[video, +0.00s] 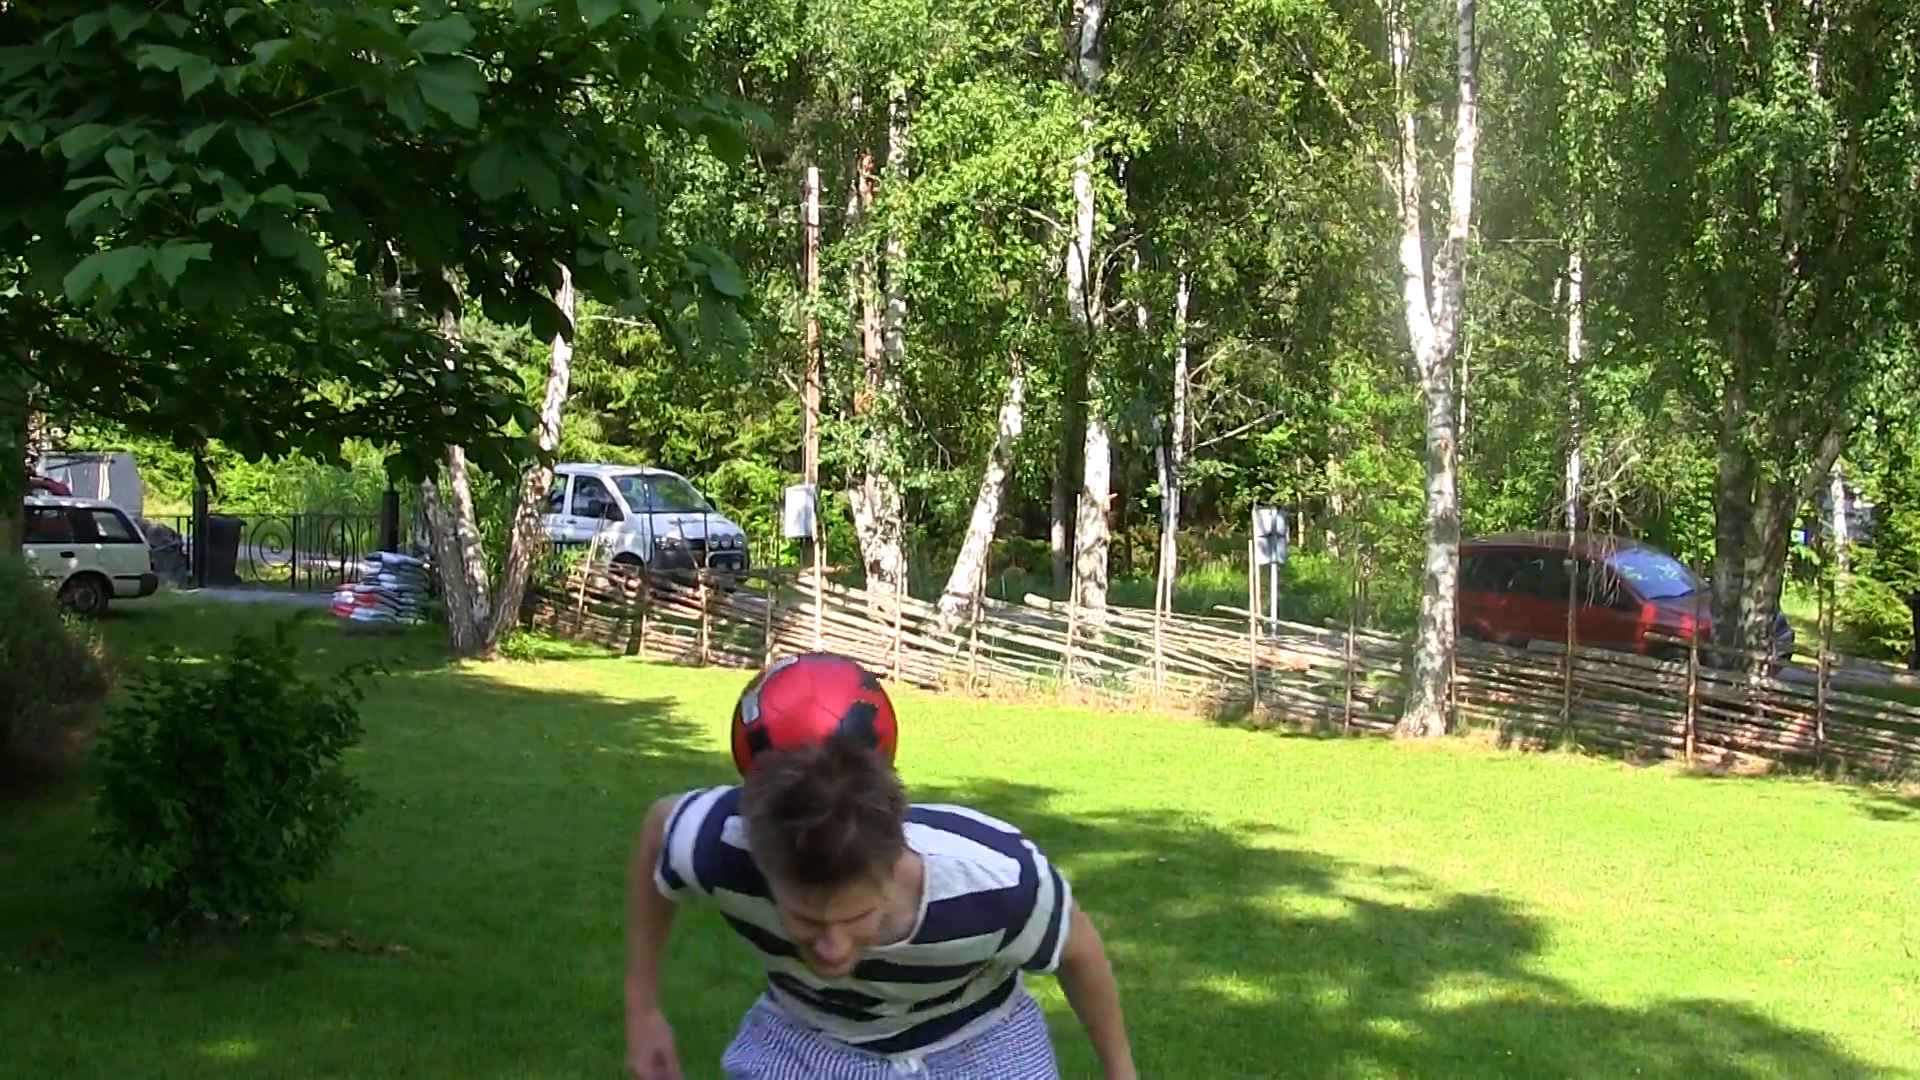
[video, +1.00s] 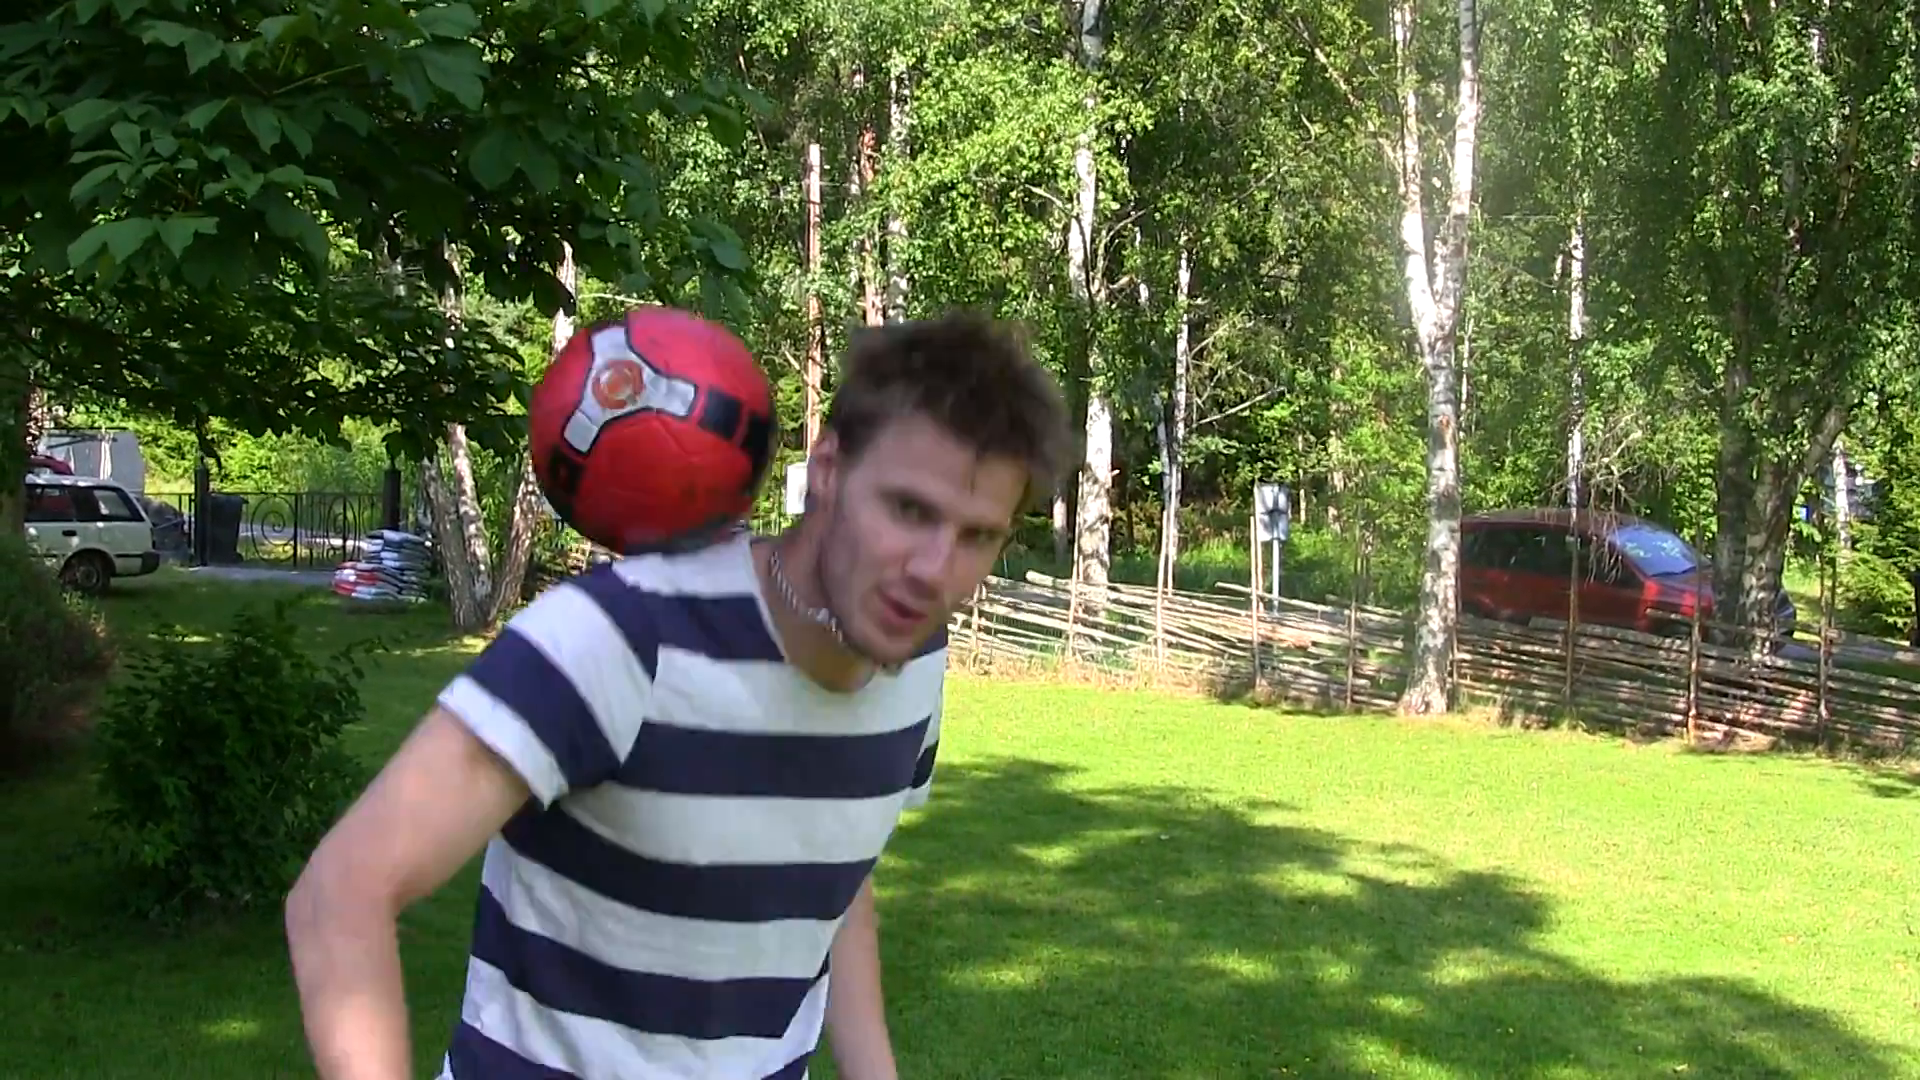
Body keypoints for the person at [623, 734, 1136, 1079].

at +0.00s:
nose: (833, 948)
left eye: (859, 918)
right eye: (805, 921)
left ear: (897, 863)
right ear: (769, 869)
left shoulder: (1004, 886)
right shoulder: (723, 851)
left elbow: (1081, 953)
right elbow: (661, 825)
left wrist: (1122, 1069)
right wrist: (641, 1008)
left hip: (977, 1032)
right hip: (806, 1027)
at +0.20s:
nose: (730, 958)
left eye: (764, 928)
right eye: (704, 924)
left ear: (818, 866)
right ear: (666, 859)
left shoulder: (911, 878)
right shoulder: (600, 852)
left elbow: (987, 951)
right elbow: (531, 869)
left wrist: (1023, 1071)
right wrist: (529, 1045)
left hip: (861, 1055)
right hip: (679, 1049)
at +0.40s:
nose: (701, 940)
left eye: (738, 907)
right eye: (672, 900)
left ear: (793, 838)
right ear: (629, 828)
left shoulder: (878, 837)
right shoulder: (540, 819)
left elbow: (935, 895)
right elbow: (450, 854)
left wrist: (947, 1033)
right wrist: (424, 1047)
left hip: (801, 1042)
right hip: (608, 1041)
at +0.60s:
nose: (744, 941)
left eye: (784, 905)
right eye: (712, 899)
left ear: (828, 835)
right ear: (652, 820)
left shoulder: (898, 831)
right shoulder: (536, 819)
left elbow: (905, 898)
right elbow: (383, 884)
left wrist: (893, 1018)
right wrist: (342, 1068)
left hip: (764, 1064)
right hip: (554, 1061)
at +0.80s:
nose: (847, 838)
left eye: (892, 800)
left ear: (924, 783)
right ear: (748, 710)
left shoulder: (906, 802)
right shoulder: (555, 805)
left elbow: (869, 902)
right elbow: (338, 963)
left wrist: (870, 1060)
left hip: (767, 1063)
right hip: (546, 1064)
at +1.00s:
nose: (934, 572)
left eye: (977, 538)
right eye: (909, 510)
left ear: (1001, 549)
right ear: (826, 472)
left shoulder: (916, 662)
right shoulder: (622, 631)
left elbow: (839, 890)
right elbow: (337, 899)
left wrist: (873, 1071)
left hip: (766, 1068)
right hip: (544, 1065)